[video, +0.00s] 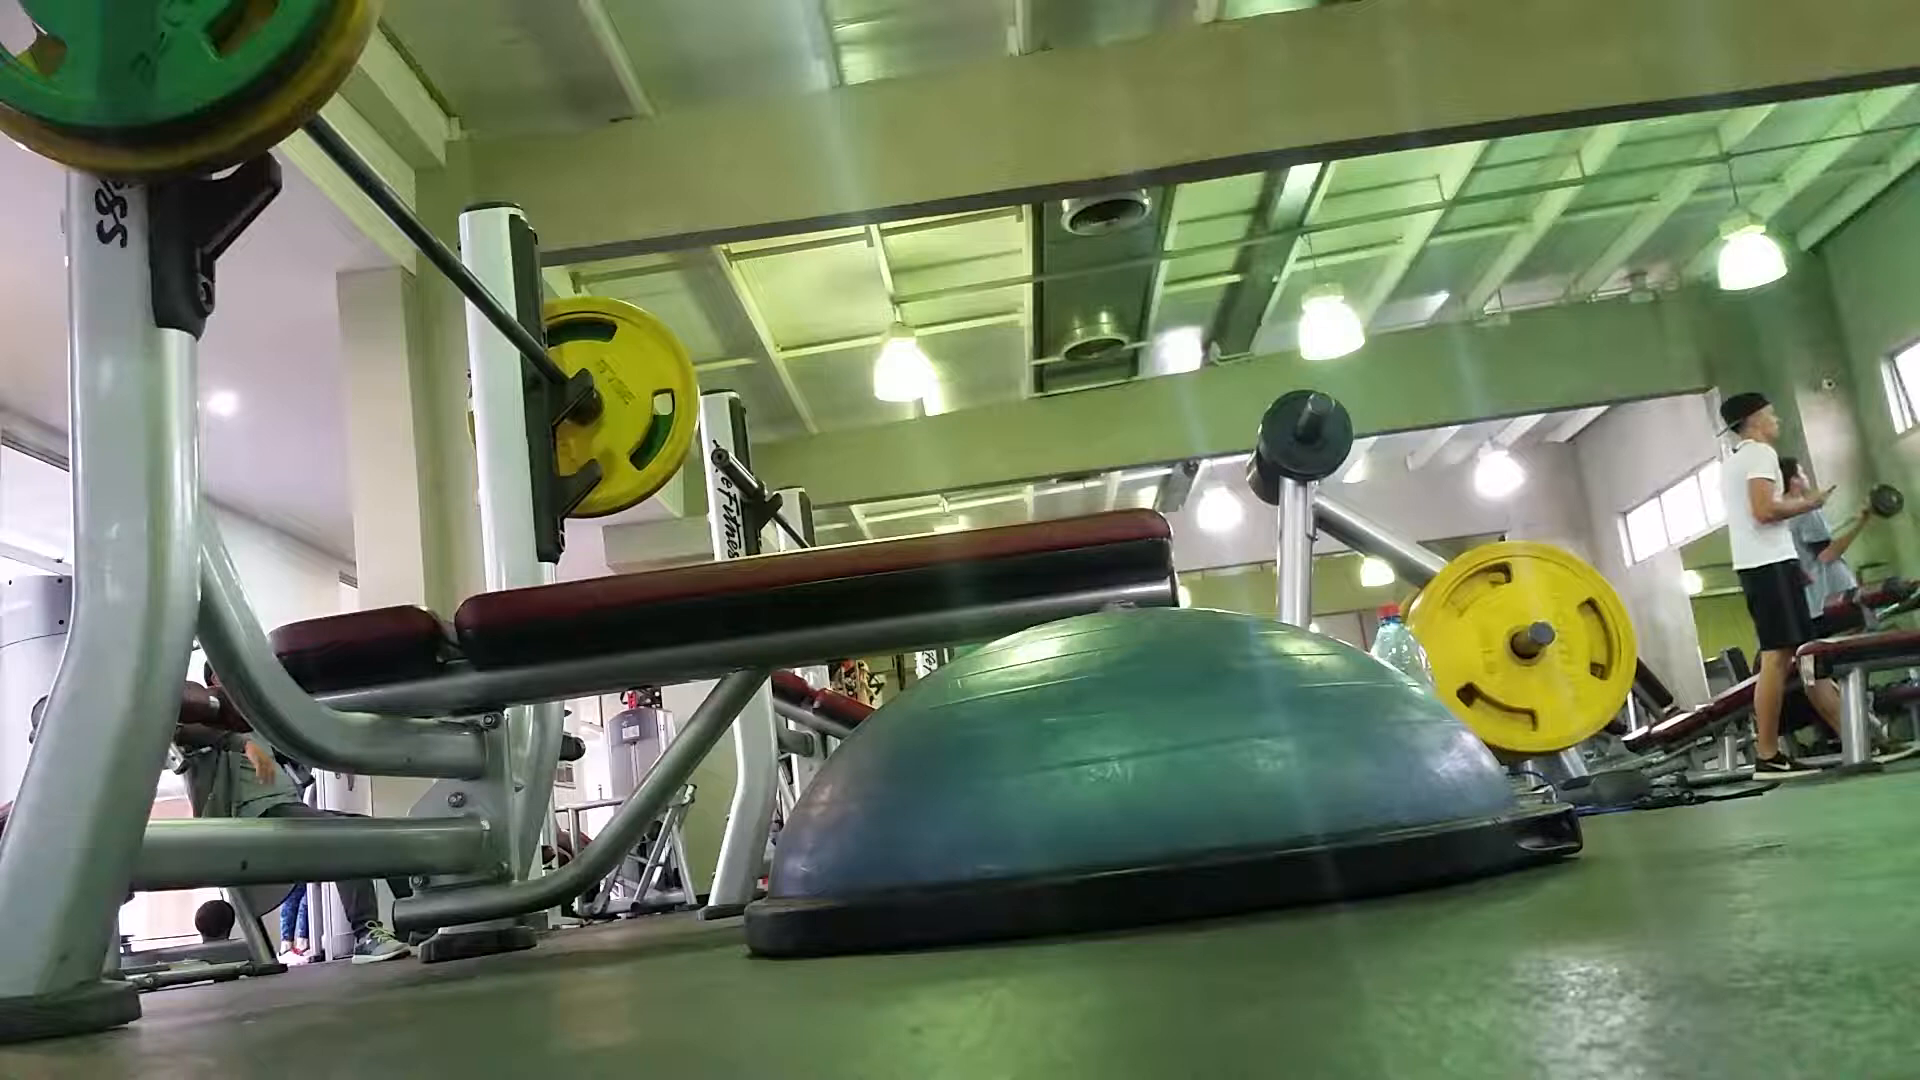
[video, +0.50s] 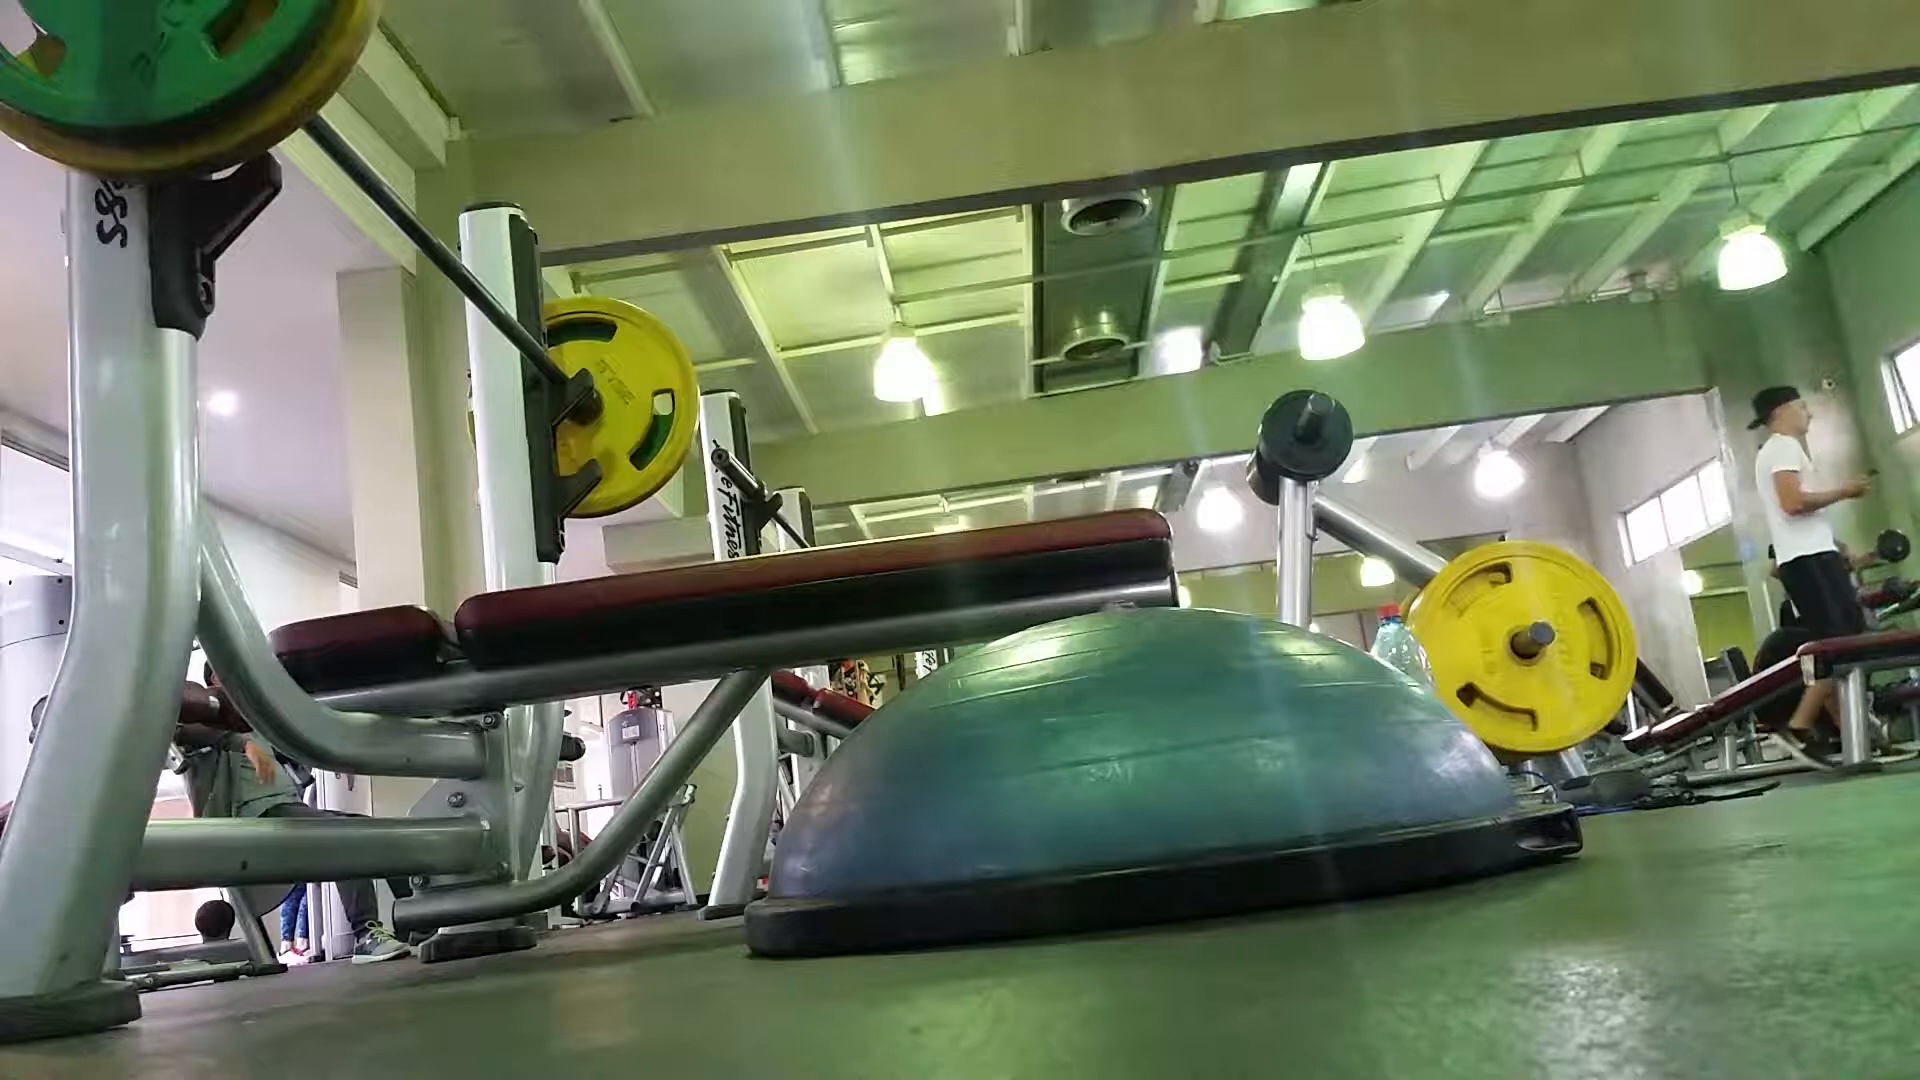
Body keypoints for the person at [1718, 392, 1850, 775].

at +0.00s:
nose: (1775, 419)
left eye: (1772, 413)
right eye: (1768, 414)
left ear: (1743, 424)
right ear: (1752, 420)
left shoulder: (1735, 459)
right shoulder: (1758, 453)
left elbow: (1758, 514)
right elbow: (1763, 509)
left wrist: (1797, 503)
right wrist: (1808, 502)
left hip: (1763, 563)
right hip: (1767, 563)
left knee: (1804, 656)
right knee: (1776, 656)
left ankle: (1860, 737)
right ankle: (1768, 753)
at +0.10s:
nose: (1777, 419)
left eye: (1774, 412)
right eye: (1771, 414)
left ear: (1746, 423)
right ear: (1755, 420)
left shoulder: (1738, 459)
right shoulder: (1762, 453)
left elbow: (1762, 511)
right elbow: (1766, 508)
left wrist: (1800, 500)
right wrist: (1811, 502)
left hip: (1766, 561)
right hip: (1771, 562)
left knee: (1807, 656)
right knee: (1778, 656)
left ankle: (1860, 737)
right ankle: (1768, 753)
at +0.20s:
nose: (1785, 416)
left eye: (1781, 410)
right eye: (1778, 411)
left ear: (1754, 422)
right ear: (1761, 418)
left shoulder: (1743, 460)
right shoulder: (1769, 449)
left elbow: (1765, 514)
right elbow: (1776, 505)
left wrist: (1801, 495)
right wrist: (1822, 497)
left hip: (1777, 560)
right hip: (1781, 560)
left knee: (1815, 654)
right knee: (1788, 653)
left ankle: (1859, 736)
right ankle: (1769, 748)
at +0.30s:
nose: (1790, 413)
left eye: (1787, 407)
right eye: (1784, 408)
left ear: (1762, 418)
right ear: (1767, 414)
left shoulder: (1761, 454)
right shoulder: (1774, 447)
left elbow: (1784, 514)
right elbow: (1784, 502)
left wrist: (1819, 550)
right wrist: (1830, 493)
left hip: (1794, 559)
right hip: (1789, 559)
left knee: (1821, 652)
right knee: (1803, 651)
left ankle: (1854, 738)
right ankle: (1772, 742)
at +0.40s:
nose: (1796, 412)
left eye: (1793, 406)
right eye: (1790, 407)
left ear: (1767, 416)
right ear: (1774, 413)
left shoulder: (1770, 451)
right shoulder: (1777, 447)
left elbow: (1794, 511)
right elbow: (1789, 501)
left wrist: (1830, 552)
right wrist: (1837, 491)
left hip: (1800, 558)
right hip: (1799, 559)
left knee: (1821, 653)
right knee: (1817, 652)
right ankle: (1779, 739)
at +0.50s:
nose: (1807, 413)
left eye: (1804, 406)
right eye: (1799, 407)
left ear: (1776, 416)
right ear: (1779, 413)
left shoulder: (1780, 450)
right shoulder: (1783, 446)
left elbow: (1796, 509)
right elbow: (1792, 502)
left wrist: (1835, 547)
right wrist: (1844, 491)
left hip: (1809, 556)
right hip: (1806, 557)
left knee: (1840, 640)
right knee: (1840, 638)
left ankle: (1853, 734)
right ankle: (1798, 726)